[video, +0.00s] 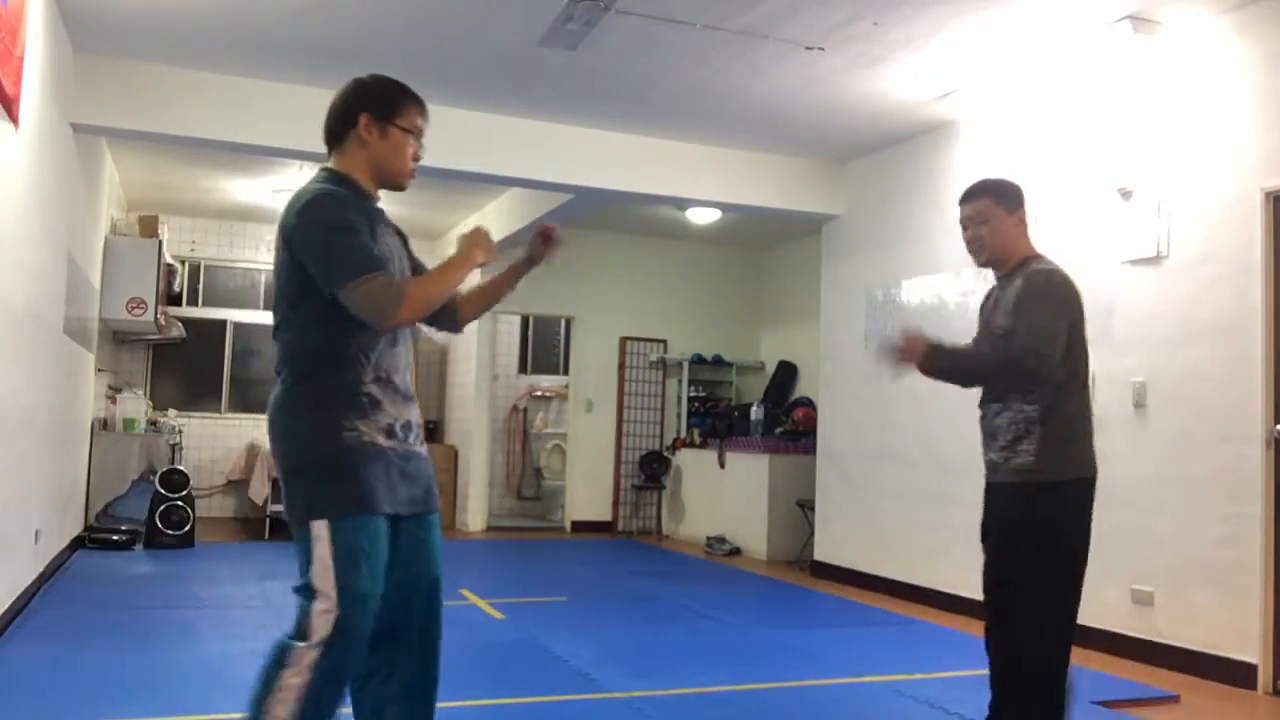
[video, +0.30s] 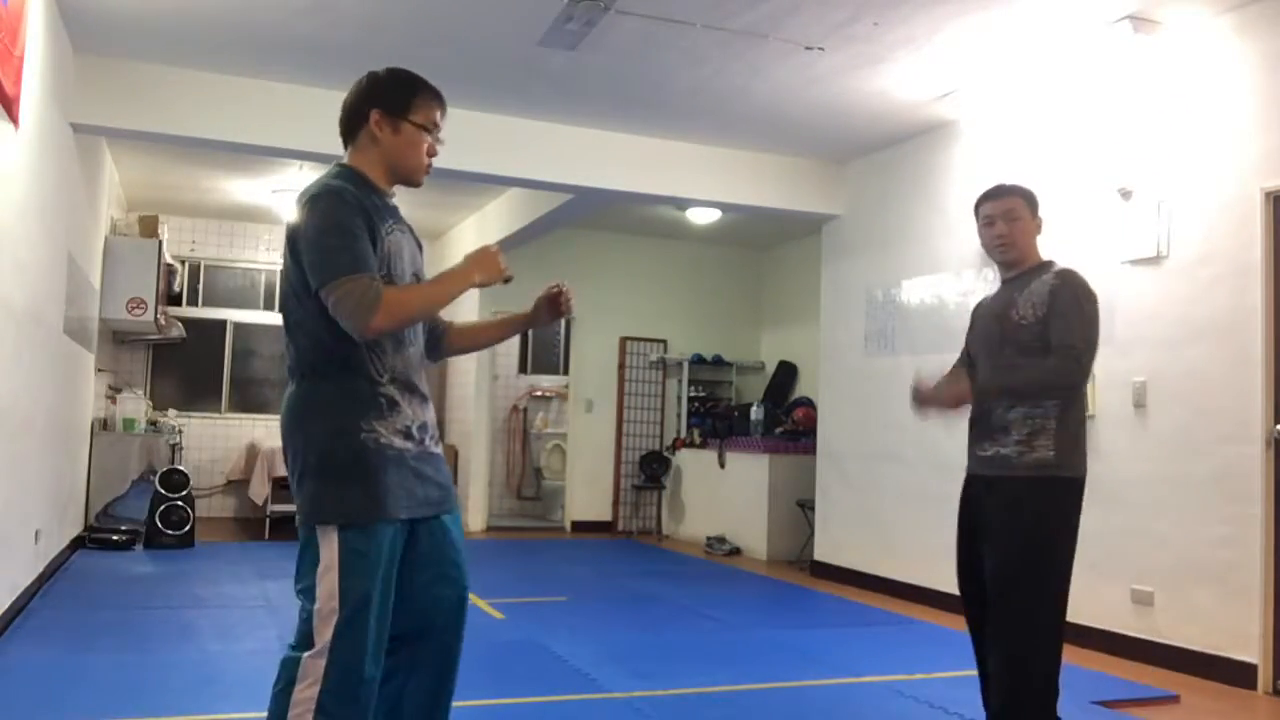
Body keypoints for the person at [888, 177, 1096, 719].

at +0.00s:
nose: (969, 236)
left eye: (979, 223)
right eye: (964, 227)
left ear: (1015, 219)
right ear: (964, 233)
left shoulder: (1046, 285)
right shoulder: (996, 298)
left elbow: (1030, 364)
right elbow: (989, 362)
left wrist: (935, 356)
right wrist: (930, 356)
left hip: (1050, 482)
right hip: (1009, 481)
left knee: (1038, 624)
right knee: (1007, 619)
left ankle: (1033, 712)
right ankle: (1007, 710)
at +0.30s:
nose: (999, 230)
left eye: (1011, 218)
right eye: (988, 222)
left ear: (1036, 225)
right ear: (980, 235)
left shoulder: (1066, 288)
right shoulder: (985, 308)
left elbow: (1070, 370)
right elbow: (970, 371)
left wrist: (978, 386)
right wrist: (941, 392)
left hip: (1044, 481)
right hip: (986, 480)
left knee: (1027, 621)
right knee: (986, 615)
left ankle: (1031, 712)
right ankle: (1001, 711)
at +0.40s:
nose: (1003, 232)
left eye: (1015, 220)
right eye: (992, 224)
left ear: (1039, 228)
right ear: (982, 239)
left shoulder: (1072, 291)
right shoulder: (981, 313)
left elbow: (1086, 377)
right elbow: (964, 379)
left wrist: (1018, 439)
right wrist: (938, 436)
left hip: (1054, 475)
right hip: (993, 475)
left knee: (1032, 606)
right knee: (994, 601)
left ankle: (1032, 710)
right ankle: (1006, 708)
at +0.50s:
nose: (1006, 234)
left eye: (1017, 222)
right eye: (995, 226)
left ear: (1040, 228)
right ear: (984, 240)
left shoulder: (1079, 293)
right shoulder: (979, 315)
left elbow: (1103, 382)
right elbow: (961, 394)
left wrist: (1056, 456)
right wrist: (955, 471)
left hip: (1063, 481)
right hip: (996, 482)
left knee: (1039, 620)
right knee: (1010, 613)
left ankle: (1008, 713)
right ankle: (1038, 711)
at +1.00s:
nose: (1026, 226)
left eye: (1039, 214)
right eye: (1019, 217)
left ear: (1072, 219)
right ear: (1013, 228)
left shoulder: (1110, 293)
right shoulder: (1010, 303)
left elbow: (1138, 389)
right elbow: (993, 386)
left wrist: (1147, 483)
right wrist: (966, 461)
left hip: (1097, 494)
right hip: (1026, 492)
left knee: (1102, 639)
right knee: (1028, 629)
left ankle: (1105, 717)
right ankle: (1032, 713)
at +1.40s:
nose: (1024, 234)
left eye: (1035, 222)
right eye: (1023, 222)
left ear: (1076, 222)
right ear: (1032, 227)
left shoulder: (1121, 289)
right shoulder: (1043, 290)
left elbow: (1137, 387)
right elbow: (1036, 361)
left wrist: (1076, 461)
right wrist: (1013, 418)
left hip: (1112, 487)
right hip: (1047, 482)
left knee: (1114, 632)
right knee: (1046, 624)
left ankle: (1120, 714)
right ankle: (1049, 712)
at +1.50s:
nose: (1025, 236)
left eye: (1034, 224)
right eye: (1023, 225)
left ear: (1077, 222)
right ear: (1056, 227)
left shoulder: (1122, 283)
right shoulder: (1048, 290)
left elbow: (1136, 363)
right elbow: (1041, 362)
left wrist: (1048, 399)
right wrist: (1016, 393)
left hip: (1106, 485)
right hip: (1048, 481)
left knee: (1106, 623)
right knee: (1043, 611)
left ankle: (1113, 713)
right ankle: (1053, 711)